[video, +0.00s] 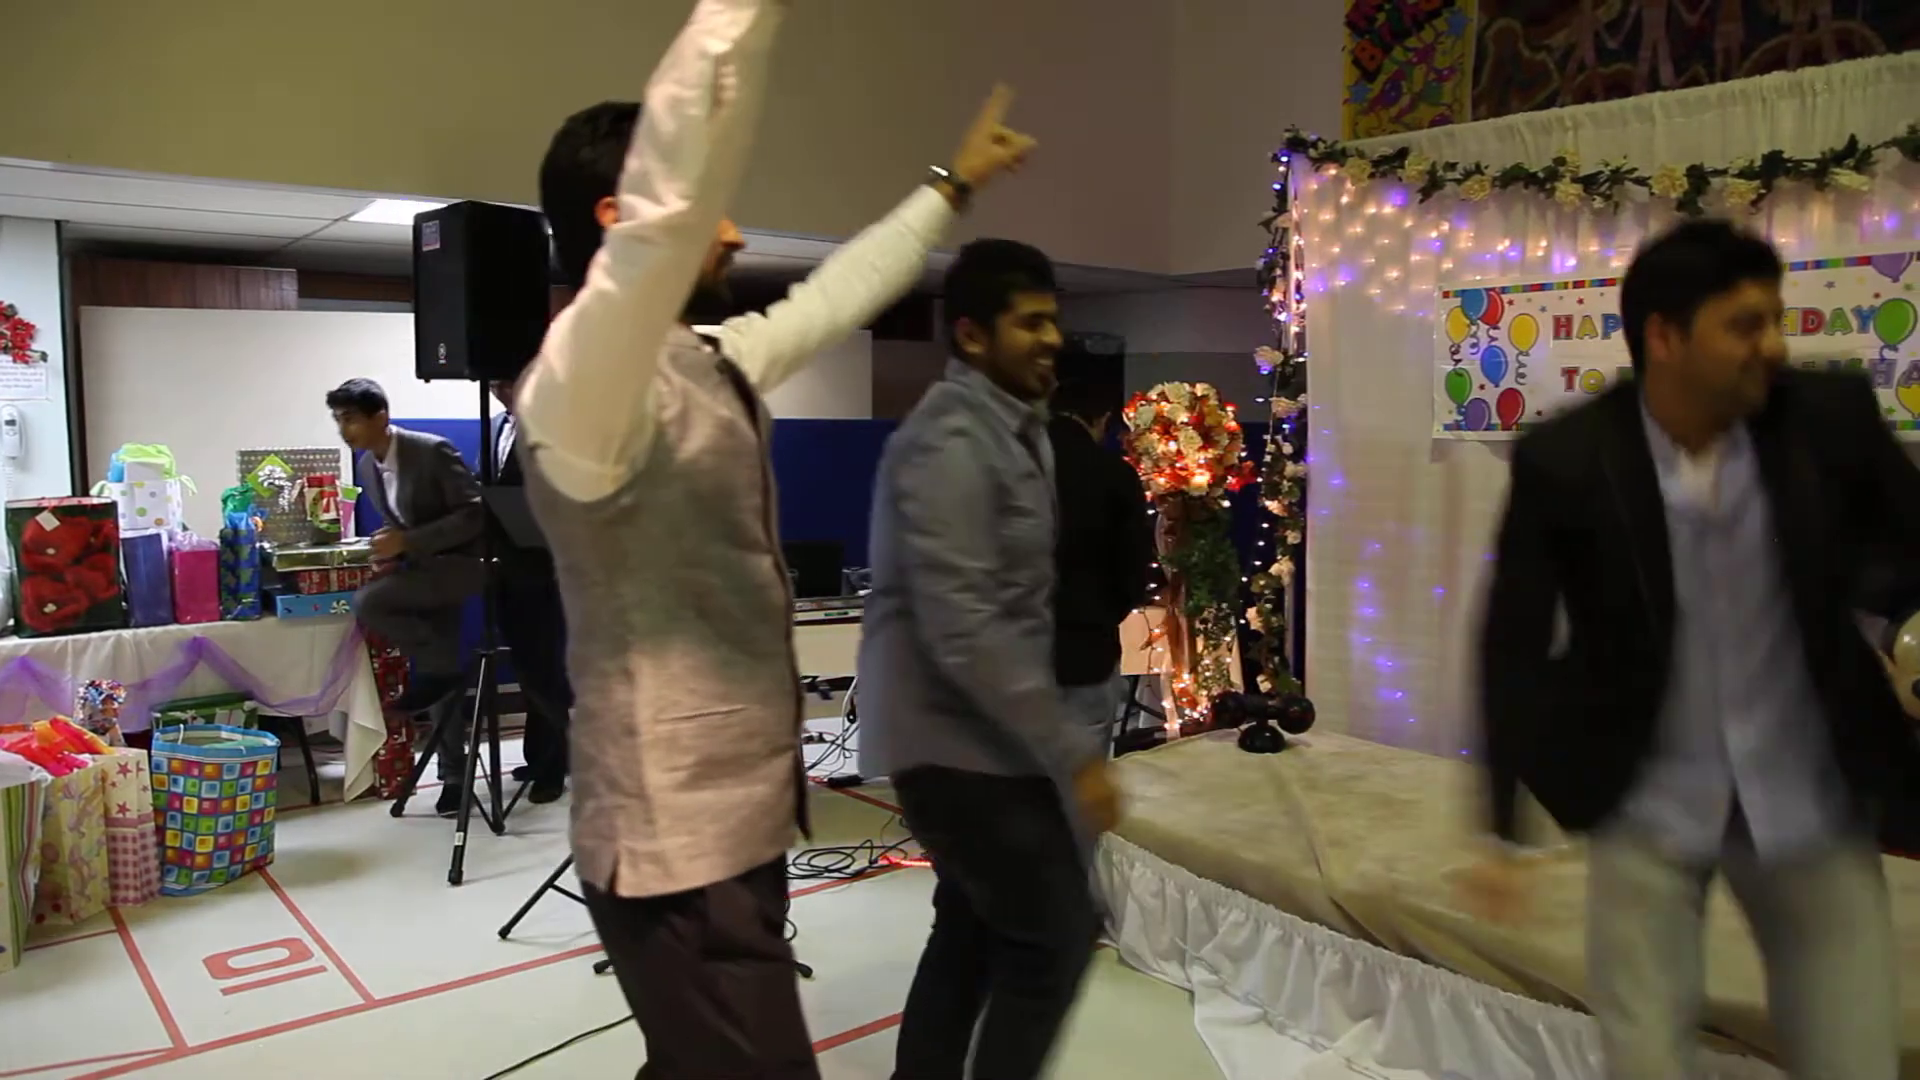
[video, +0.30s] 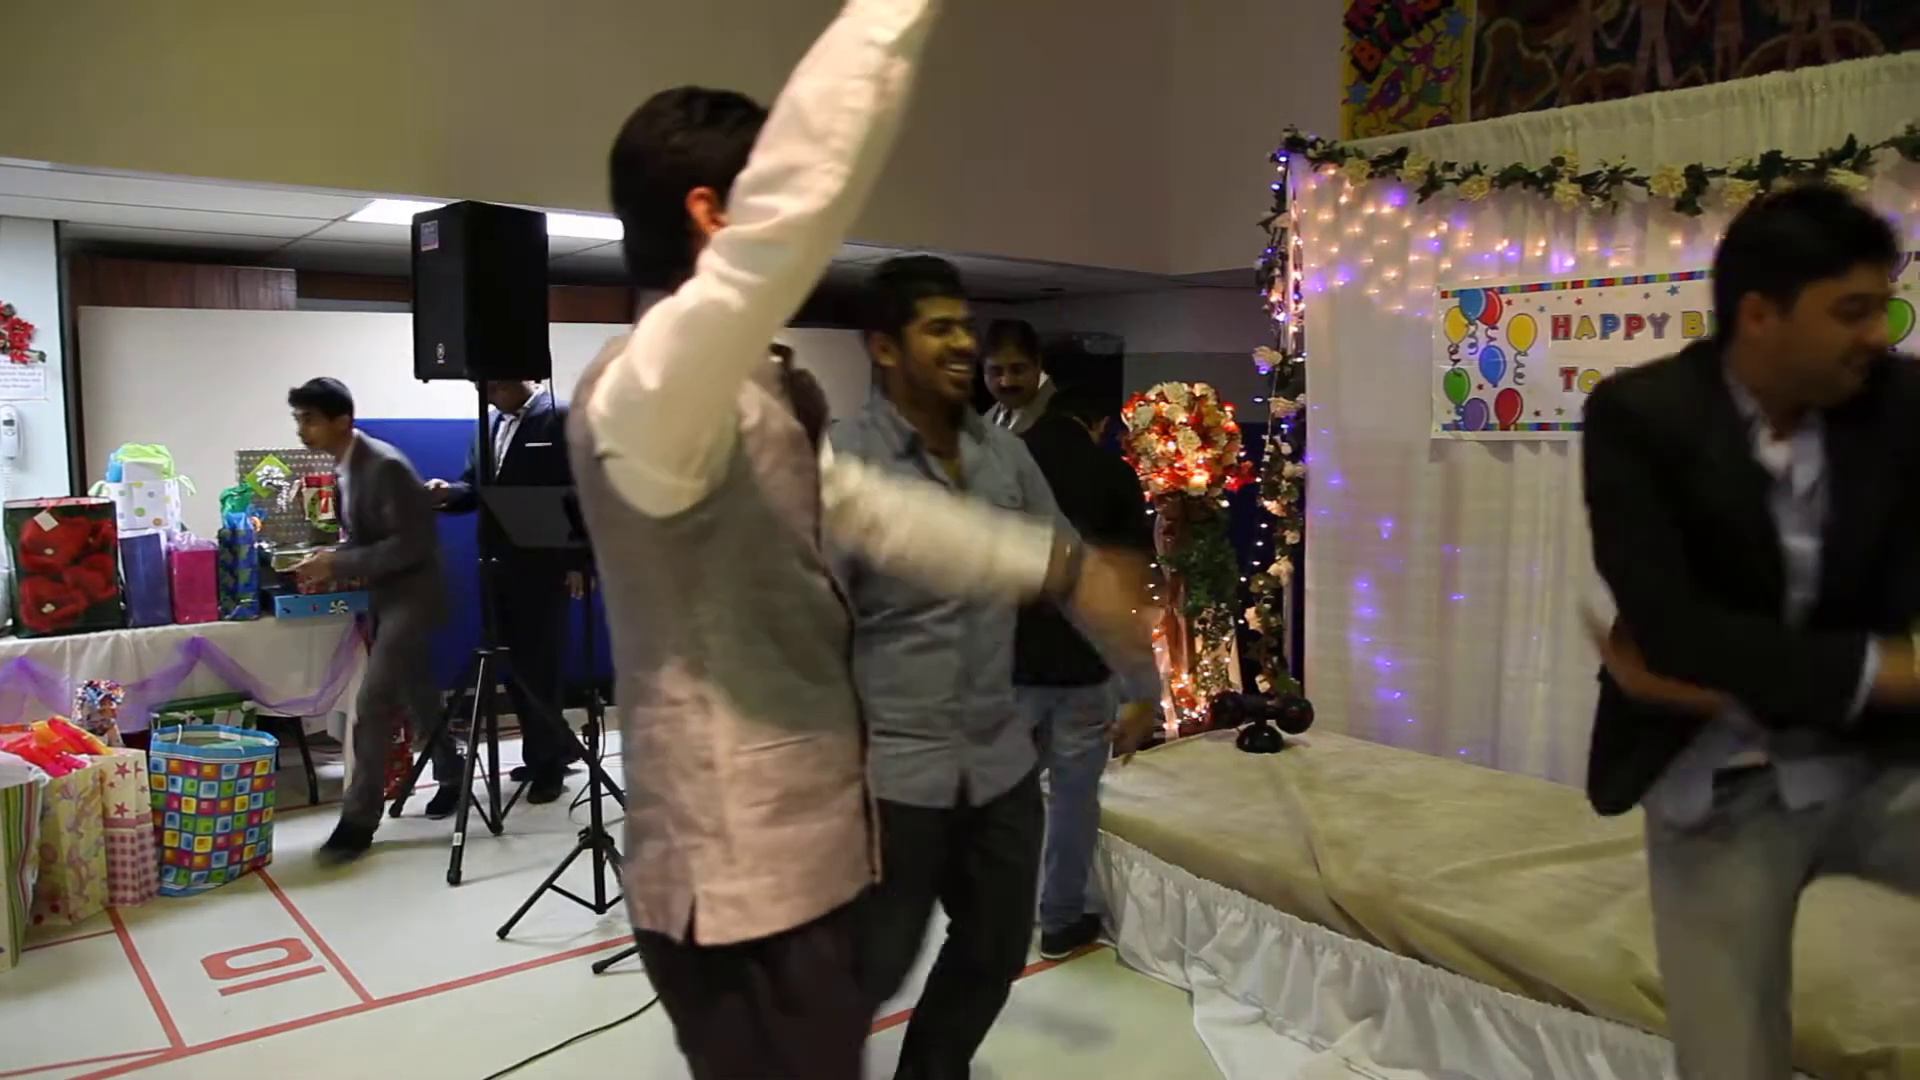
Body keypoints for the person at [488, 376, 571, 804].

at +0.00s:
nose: (500, 394)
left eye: (506, 384)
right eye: (495, 386)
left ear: (527, 384)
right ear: (494, 389)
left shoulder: (542, 431)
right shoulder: (504, 428)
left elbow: (552, 502)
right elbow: (500, 495)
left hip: (544, 567)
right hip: (513, 566)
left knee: (546, 669)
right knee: (530, 669)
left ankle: (553, 764)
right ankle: (540, 756)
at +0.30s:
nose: (487, 395)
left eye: (493, 385)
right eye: (484, 387)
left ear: (518, 382)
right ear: (488, 390)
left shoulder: (558, 420)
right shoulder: (491, 426)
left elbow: (576, 493)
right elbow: (479, 488)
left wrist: (579, 560)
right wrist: (449, 493)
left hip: (544, 565)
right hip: (501, 565)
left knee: (542, 665)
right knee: (517, 667)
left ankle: (551, 766)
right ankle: (537, 756)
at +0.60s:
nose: (449, 398)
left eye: (452, 388)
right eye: (445, 390)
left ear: (480, 381)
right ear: (468, 386)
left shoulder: (543, 419)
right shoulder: (461, 430)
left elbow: (570, 498)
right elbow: (453, 499)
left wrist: (561, 561)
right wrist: (416, 504)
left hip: (522, 569)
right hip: (472, 569)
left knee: (523, 668)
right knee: (476, 665)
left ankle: (530, 769)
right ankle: (494, 754)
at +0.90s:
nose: (419, 413)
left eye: (420, 402)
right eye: (413, 405)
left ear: (450, 388)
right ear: (445, 393)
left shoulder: (515, 422)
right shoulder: (430, 440)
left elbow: (545, 498)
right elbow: (424, 511)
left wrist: (537, 563)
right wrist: (377, 512)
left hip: (501, 574)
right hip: (442, 575)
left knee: (510, 675)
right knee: (415, 677)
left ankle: (529, 771)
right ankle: (378, 780)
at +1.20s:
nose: (342, 427)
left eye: (342, 415)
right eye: (336, 420)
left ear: (368, 392)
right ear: (361, 402)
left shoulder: (443, 428)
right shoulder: (358, 451)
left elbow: (483, 504)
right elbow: (348, 526)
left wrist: (482, 576)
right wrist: (297, 548)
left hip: (445, 588)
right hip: (381, 597)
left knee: (480, 682)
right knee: (358, 695)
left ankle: (524, 770)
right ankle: (334, 799)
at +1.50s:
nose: (274, 401)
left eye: (278, 388)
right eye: (268, 392)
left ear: (312, 373)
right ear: (299, 381)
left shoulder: (381, 418)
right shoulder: (290, 436)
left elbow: (420, 493)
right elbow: (287, 513)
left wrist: (414, 569)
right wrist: (251, 559)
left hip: (375, 578)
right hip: (318, 581)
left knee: (369, 681)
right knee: (330, 695)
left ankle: (413, 712)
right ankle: (335, 801)